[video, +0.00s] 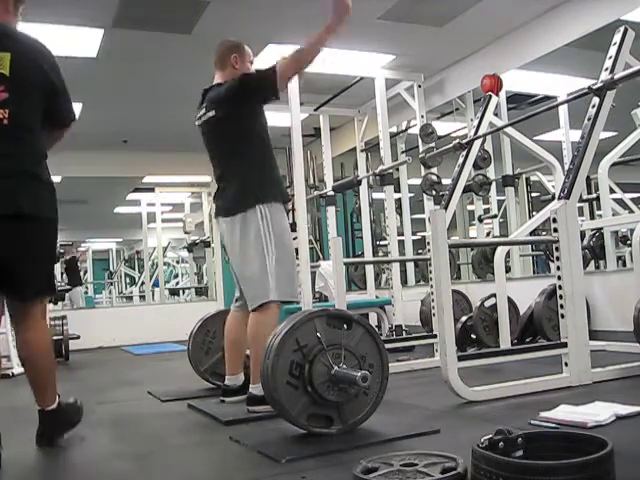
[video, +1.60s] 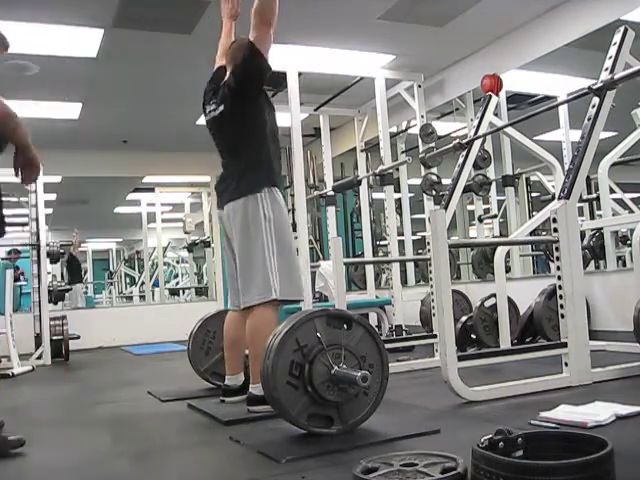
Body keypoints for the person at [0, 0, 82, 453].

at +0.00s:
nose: (18, 12)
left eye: (14, 8)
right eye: (18, 7)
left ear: (4, 8)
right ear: (12, 7)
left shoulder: (32, 52)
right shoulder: (31, 51)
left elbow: (58, 120)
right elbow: (61, 121)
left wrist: (25, 154)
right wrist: (25, 154)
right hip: (22, 199)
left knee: (29, 311)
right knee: (29, 310)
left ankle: (50, 412)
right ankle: (50, 414)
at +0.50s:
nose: (62, 52)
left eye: (63, 47)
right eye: (64, 45)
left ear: (20, 34)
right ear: (55, 39)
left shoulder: (0, 64)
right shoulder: (64, 74)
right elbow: (90, 114)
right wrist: (49, 124)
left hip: (0, 212)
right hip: (49, 212)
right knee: (48, 310)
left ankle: (58, 411)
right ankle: (57, 413)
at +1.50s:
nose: (7, 62)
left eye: (6, 58)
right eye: (5, 57)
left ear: (7, 56)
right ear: (1, 53)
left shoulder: (9, 92)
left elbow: (20, 102)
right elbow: (21, 102)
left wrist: (25, 133)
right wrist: (26, 134)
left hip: (3, 222)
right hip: (1, 224)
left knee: (4, 300)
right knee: (3, 299)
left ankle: (3, 412)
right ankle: (2, 414)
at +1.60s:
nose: (5, 46)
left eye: (5, 42)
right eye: (2, 41)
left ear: (4, 47)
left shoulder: (2, 107)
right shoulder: (1, 107)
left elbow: (6, 118)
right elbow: (7, 119)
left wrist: (23, 145)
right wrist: (24, 147)